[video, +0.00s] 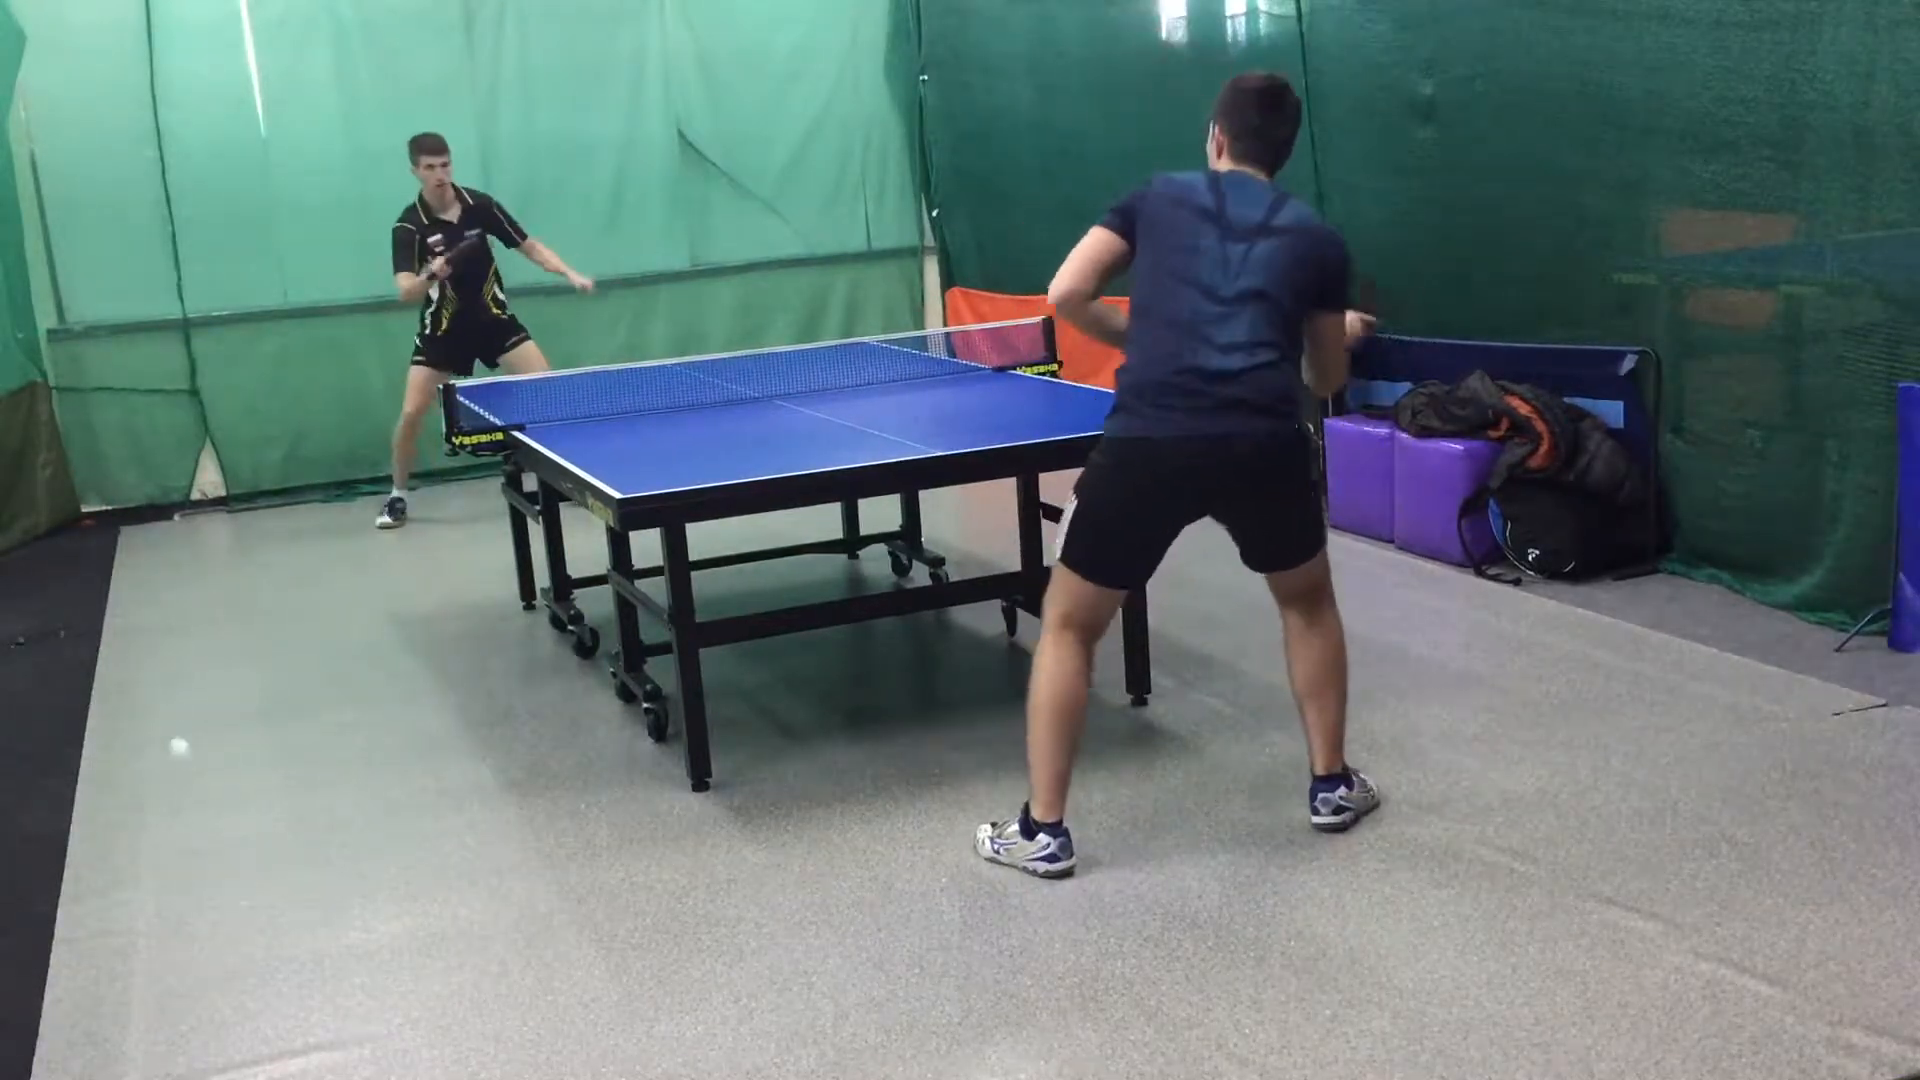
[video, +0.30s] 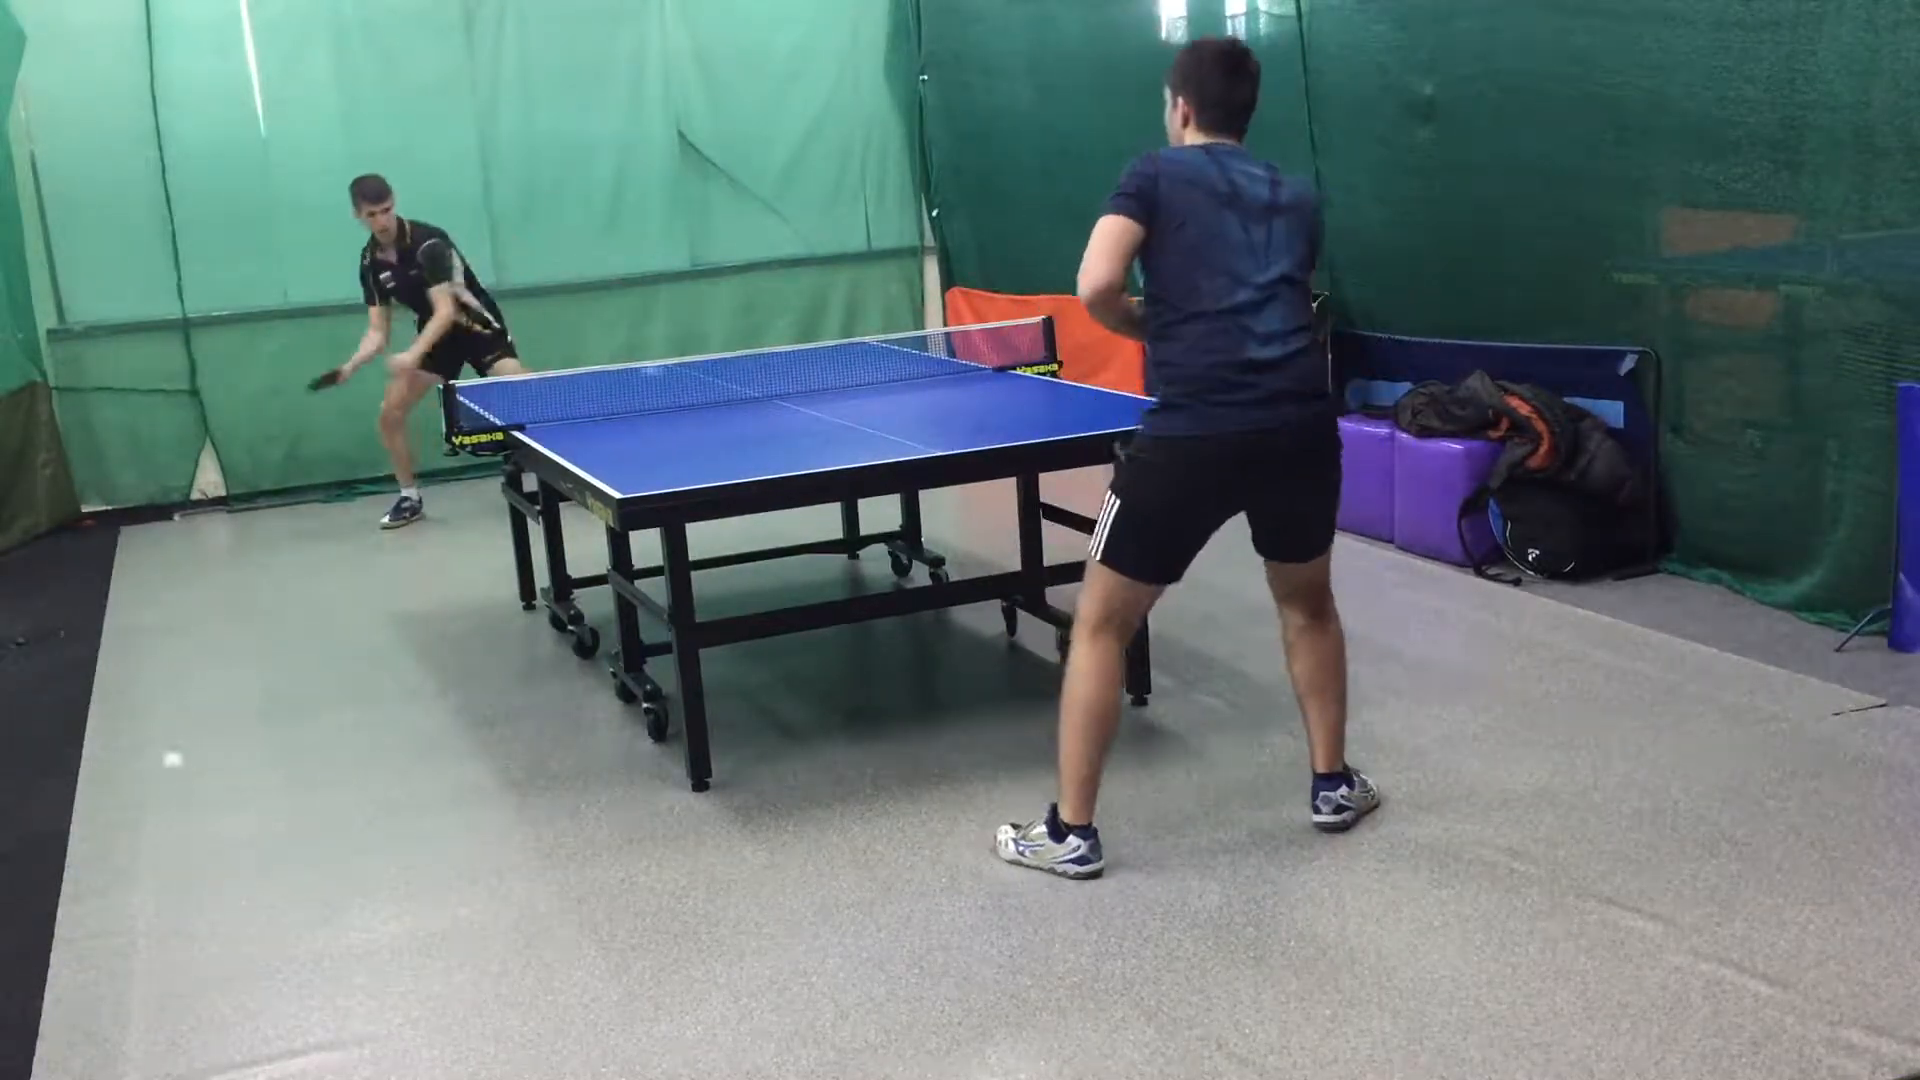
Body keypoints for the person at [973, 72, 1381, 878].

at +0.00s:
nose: (1209, 144)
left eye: (1210, 134)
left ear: (1214, 141)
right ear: (1286, 152)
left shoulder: (1157, 198)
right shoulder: (1314, 238)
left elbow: (1066, 296)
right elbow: (1327, 377)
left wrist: (1140, 334)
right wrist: (1338, 336)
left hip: (1147, 445)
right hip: (1265, 450)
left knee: (1071, 627)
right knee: (1307, 605)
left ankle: (1044, 828)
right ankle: (1330, 783)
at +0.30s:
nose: (1165, 113)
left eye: (1167, 101)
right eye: (1171, 101)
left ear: (1180, 108)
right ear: (1248, 113)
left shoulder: (1155, 174)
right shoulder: (1296, 193)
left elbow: (1098, 288)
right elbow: (1294, 294)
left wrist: (1147, 325)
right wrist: (1221, 313)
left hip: (1190, 442)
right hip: (1298, 436)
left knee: (1102, 626)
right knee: (1307, 606)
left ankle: (1072, 829)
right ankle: (1331, 783)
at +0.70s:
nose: (1136, 112)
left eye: (1135, 102)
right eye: (1143, 100)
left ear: (1146, 106)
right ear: (1219, 107)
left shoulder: (1111, 175)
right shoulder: (1272, 192)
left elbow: (1042, 285)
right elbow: (1299, 329)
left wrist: (1098, 321)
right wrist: (1307, 387)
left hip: (1145, 435)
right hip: (1255, 430)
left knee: (1071, 625)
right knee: (1293, 605)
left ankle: (1068, 829)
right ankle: (1346, 784)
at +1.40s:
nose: (1180, 112)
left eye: (1181, 101)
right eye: (1187, 101)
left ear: (1193, 107)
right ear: (1264, 111)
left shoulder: (1163, 175)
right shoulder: (1313, 197)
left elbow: (1107, 290)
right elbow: (1311, 303)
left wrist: (1157, 323)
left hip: (1198, 443)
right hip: (1307, 438)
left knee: (1108, 620)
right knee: (1321, 601)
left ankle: (1082, 829)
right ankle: (1352, 782)